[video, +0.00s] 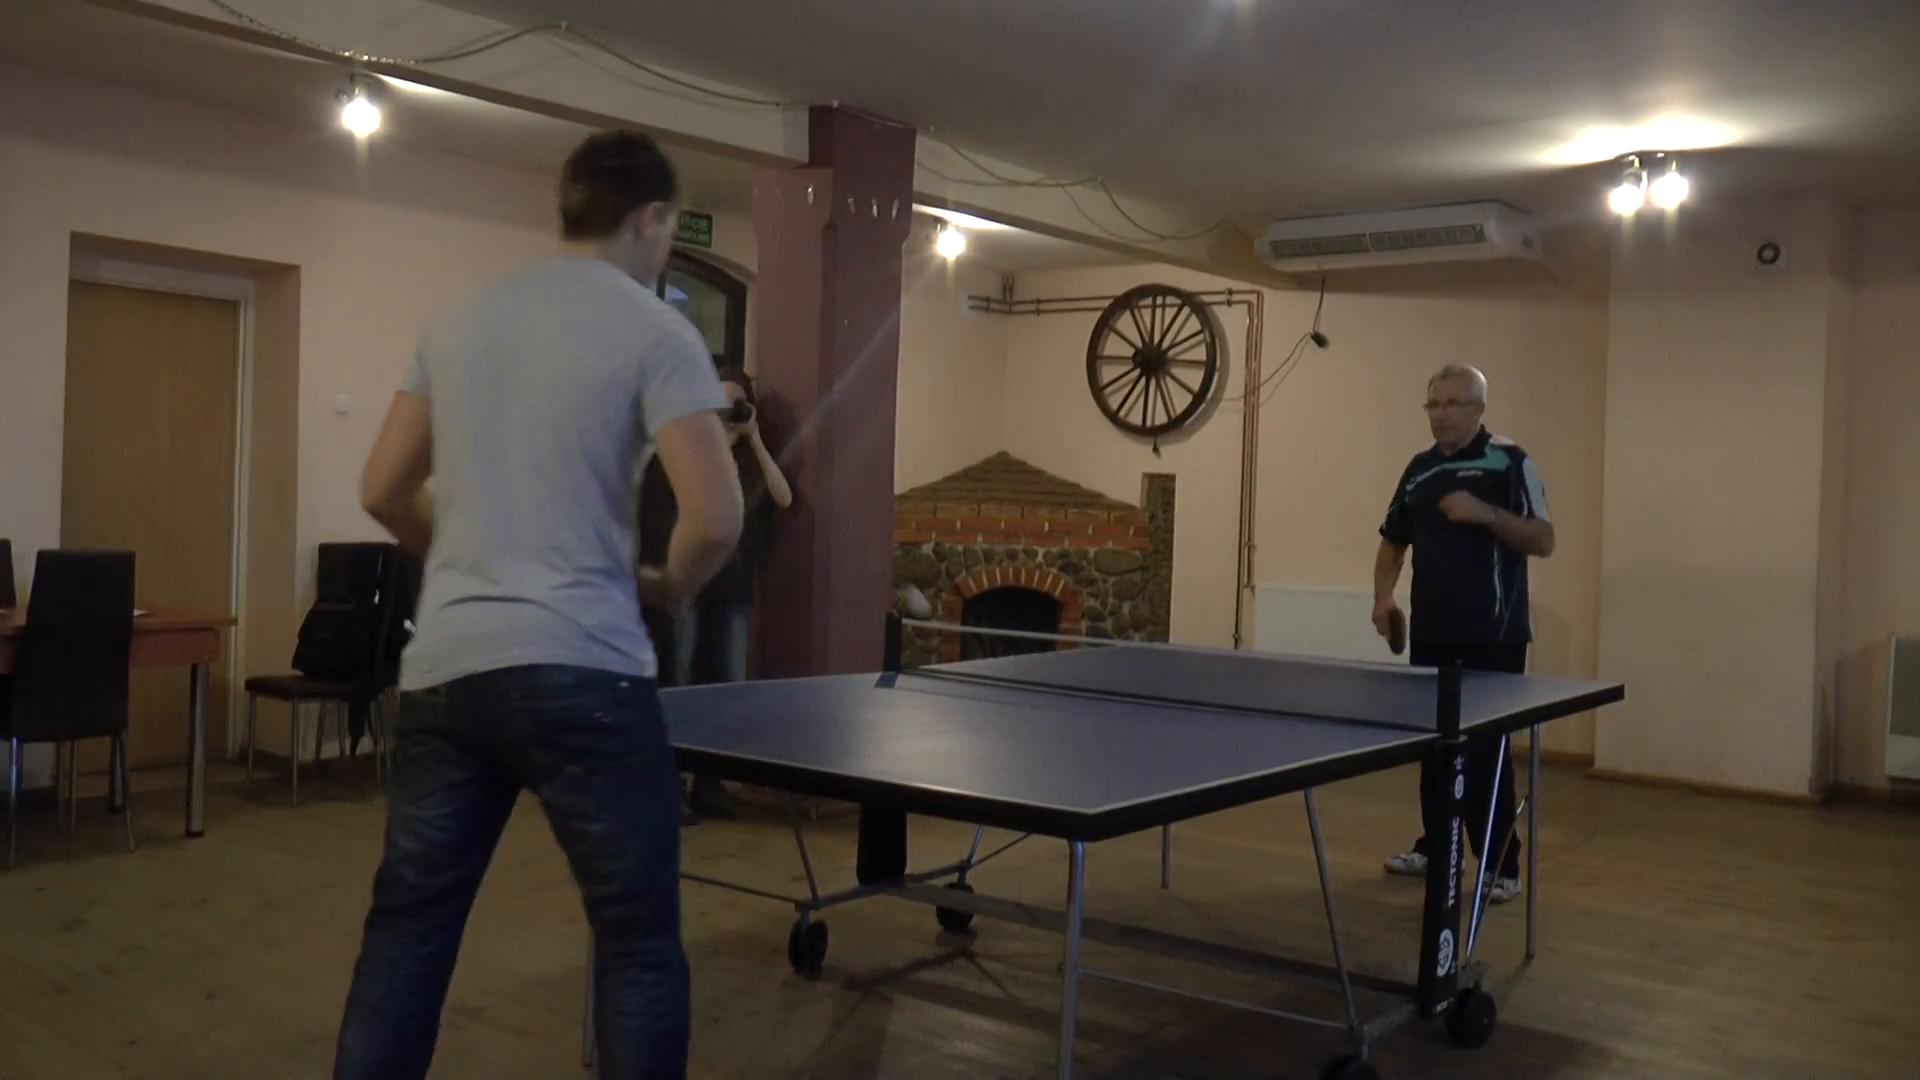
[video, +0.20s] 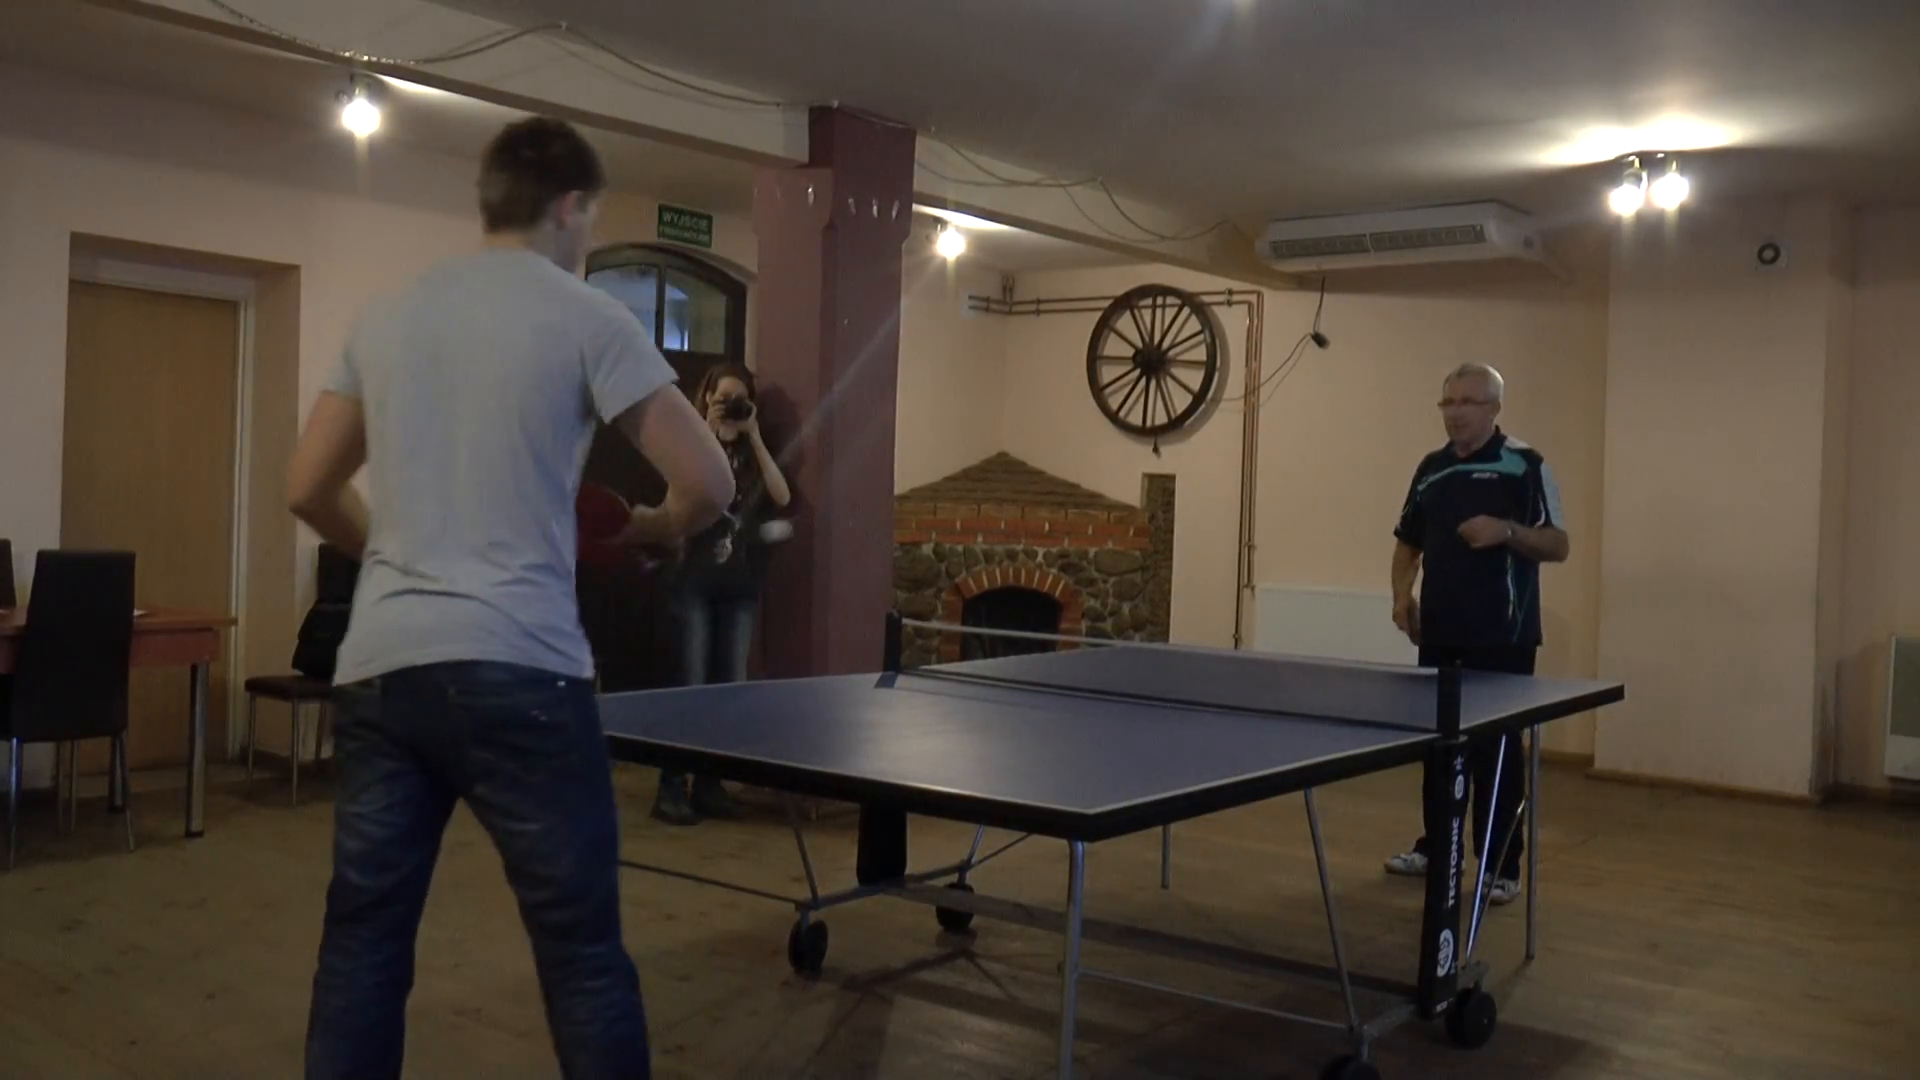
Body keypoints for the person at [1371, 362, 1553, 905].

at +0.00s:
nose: (1440, 414)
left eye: (1453, 405)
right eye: (1434, 404)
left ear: (1479, 410)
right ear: (1426, 409)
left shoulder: (1511, 463)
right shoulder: (1420, 469)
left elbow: (1542, 540)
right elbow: (1394, 539)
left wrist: (1487, 513)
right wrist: (1383, 599)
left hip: (1494, 636)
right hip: (1432, 633)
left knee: (1488, 753)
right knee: (1434, 746)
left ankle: (1500, 866)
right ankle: (1435, 845)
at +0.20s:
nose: (1455, 412)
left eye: (1467, 403)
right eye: (1448, 403)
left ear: (1495, 410)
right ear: (1441, 408)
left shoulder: (1526, 466)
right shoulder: (1432, 468)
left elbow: (1557, 544)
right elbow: (1409, 541)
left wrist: (1508, 532)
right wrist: (1402, 595)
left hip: (1504, 637)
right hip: (1441, 634)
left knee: (1499, 752)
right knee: (1437, 745)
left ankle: (1501, 865)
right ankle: (1436, 845)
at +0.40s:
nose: (1465, 412)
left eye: (1478, 402)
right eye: (1459, 401)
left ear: (1507, 408)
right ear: (1452, 405)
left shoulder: (1537, 467)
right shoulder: (1441, 466)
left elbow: (1568, 546)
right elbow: (1415, 538)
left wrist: (1516, 530)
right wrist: (1409, 588)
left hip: (1512, 641)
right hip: (1446, 635)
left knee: (1507, 757)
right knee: (1436, 747)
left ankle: (1503, 866)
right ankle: (1433, 847)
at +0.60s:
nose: (1466, 417)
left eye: (1479, 407)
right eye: (1459, 406)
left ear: (1508, 410)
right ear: (1453, 407)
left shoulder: (1538, 467)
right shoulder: (1444, 466)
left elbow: (1562, 548)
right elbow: (1423, 538)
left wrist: (1506, 548)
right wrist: (1407, 577)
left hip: (1511, 642)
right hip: (1443, 634)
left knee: (1505, 755)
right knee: (1425, 741)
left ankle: (1500, 866)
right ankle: (1424, 845)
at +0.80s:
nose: (1438, 425)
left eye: (1448, 414)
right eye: (1432, 415)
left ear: (1483, 412)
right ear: (1429, 415)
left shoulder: (1521, 460)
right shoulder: (1435, 471)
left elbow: (1535, 545)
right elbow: (1409, 548)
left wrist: (1465, 567)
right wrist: (1361, 576)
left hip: (1508, 640)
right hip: (1441, 633)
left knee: (1501, 752)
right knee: (1414, 736)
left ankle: (1500, 864)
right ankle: (1403, 840)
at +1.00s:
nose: (1392, 446)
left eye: (1400, 435)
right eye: (1388, 436)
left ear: (1433, 429)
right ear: (1401, 437)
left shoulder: (1465, 469)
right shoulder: (1413, 488)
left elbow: (1434, 552)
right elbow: (1381, 553)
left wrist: (1351, 578)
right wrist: (1317, 573)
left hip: (1506, 632)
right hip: (1447, 628)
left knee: (1501, 749)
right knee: (1414, 733)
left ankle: (1500, 865)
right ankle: (1390, 844)